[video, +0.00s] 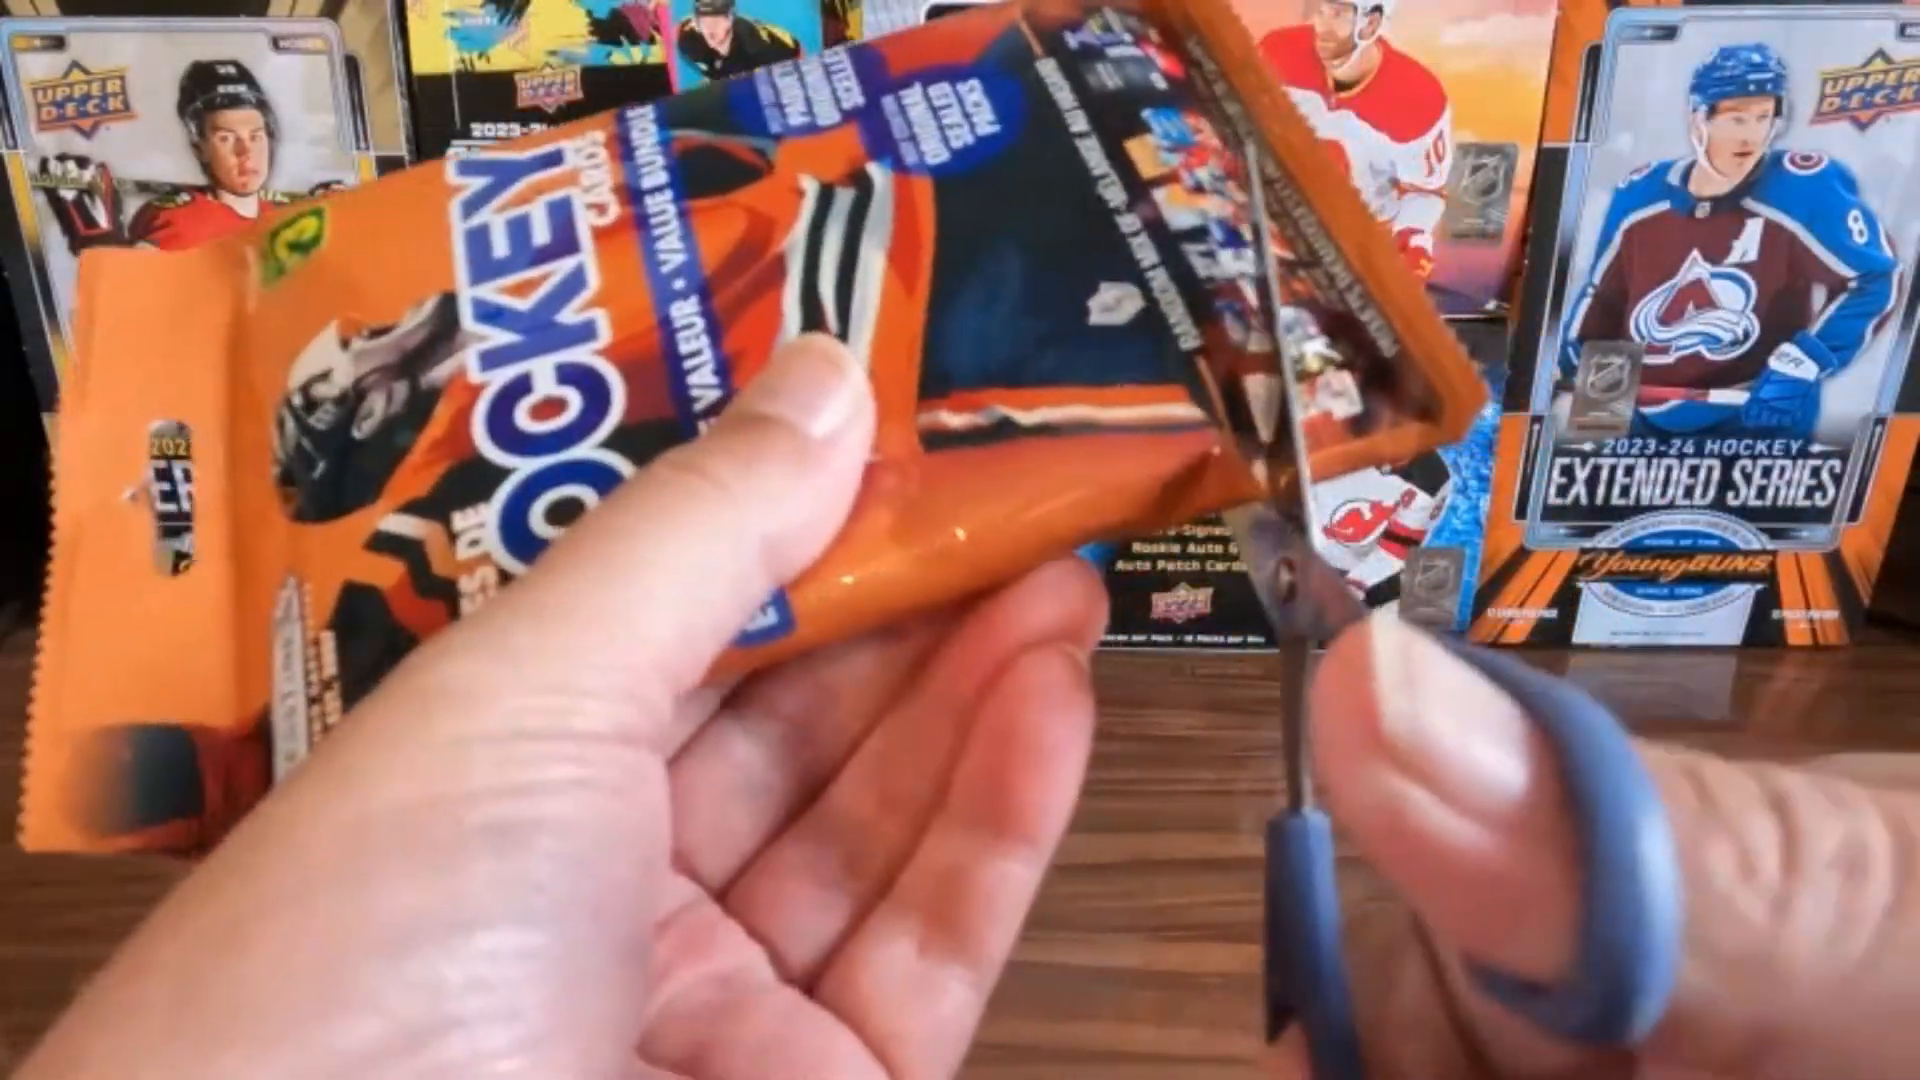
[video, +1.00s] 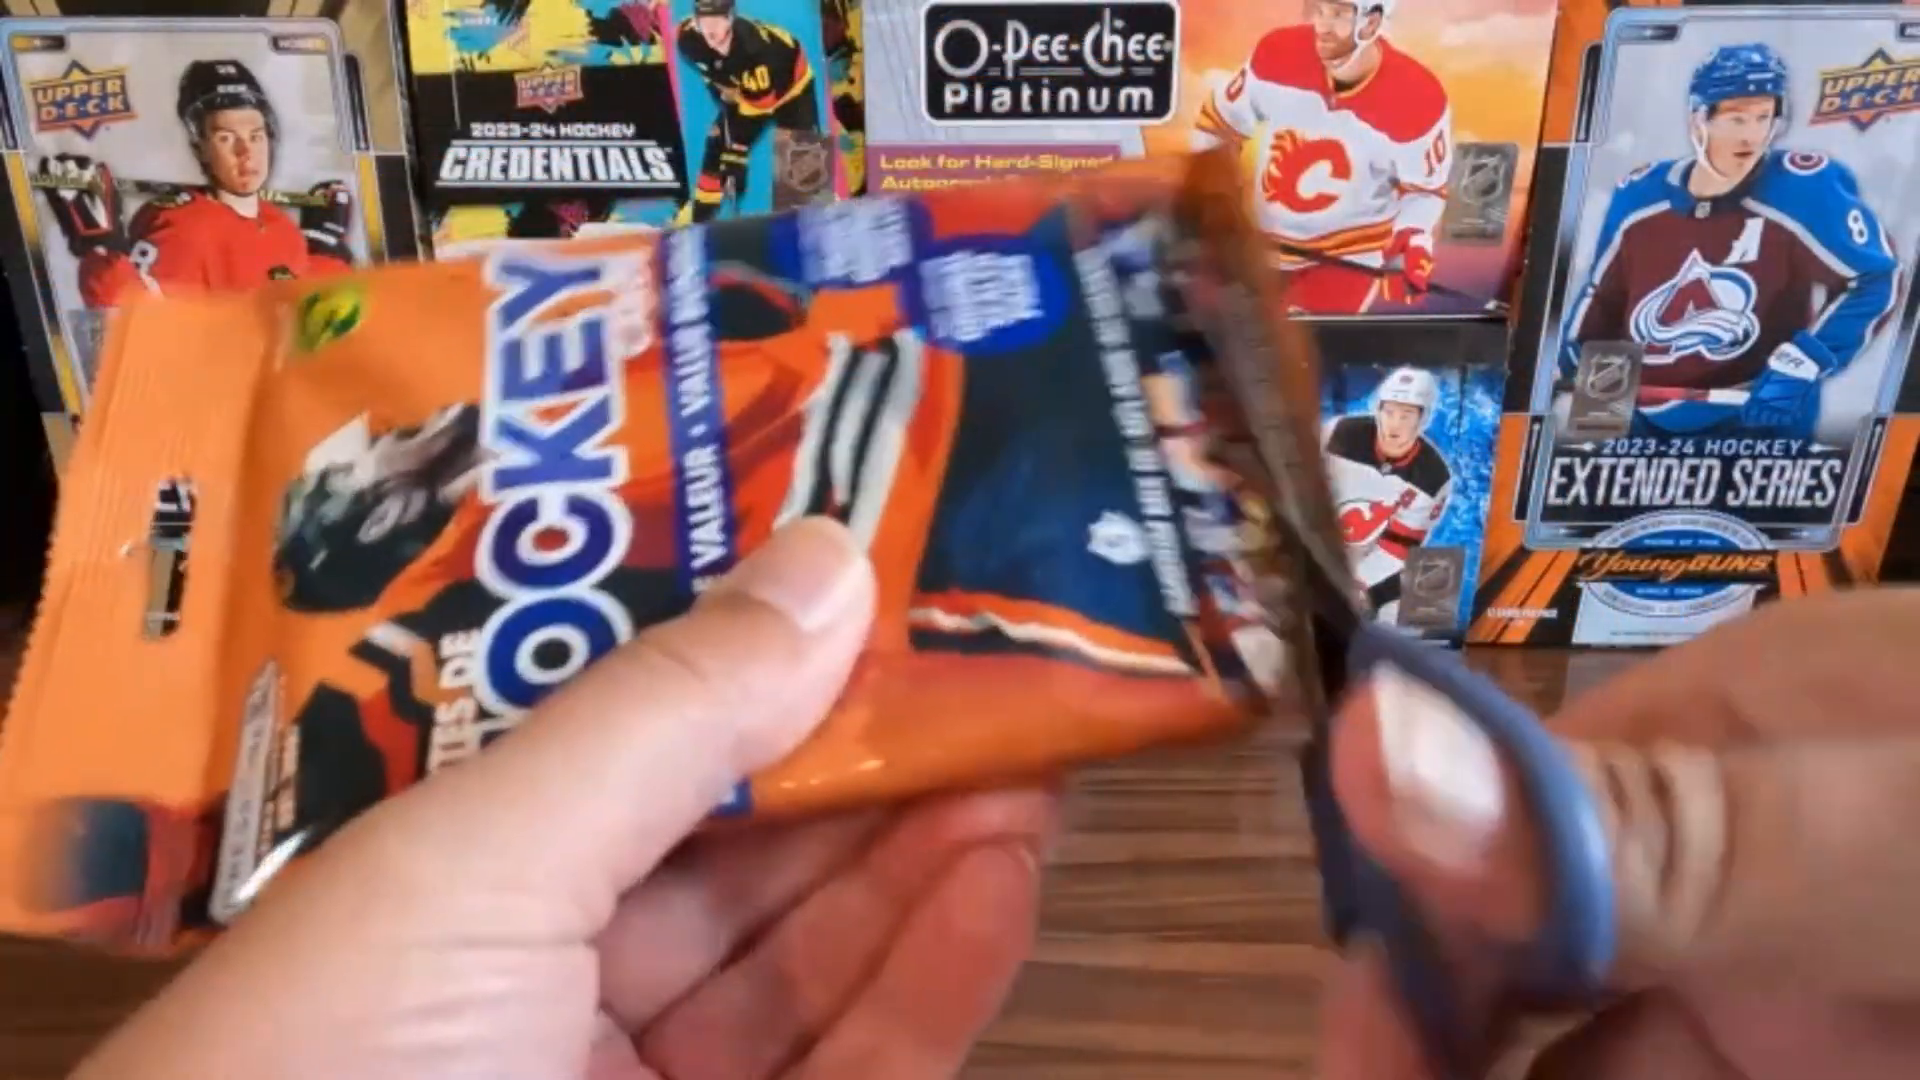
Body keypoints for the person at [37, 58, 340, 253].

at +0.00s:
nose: (246, 154)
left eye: (255, 135)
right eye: (227, 139)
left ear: (269, 138)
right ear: (200, 148)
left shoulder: (296, 215)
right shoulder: (177, 224)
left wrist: (333, 216)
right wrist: (100, 244)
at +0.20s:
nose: (245, 151)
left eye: (255, 135)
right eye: (226, 138)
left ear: (271, 140)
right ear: (200, 148)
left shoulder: (284, 227)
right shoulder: (178, 226)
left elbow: (323, 317)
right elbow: (153, 336)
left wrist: (329, 250)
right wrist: (103, 256)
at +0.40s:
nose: (247, 153)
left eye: (256, 136)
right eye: (228, 139)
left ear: (270, 140)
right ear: (201, 149)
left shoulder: (283, 227)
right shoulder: (177, 226)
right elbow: (137, 326)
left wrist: (329, 237)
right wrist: (101, 251)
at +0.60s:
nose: (246, 154)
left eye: (256, 136)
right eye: (227, 139)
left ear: (270, 140)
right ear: (200, 150)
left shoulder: (286, 230)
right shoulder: (180, 228)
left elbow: (313, 328)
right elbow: (156, 335)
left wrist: (329, 253)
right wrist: (101, 251)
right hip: (206, 394)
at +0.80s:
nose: (247, 153)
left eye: (256, 136)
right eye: (227, 139)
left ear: (270, 141)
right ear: (201, 150)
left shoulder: (285, 227)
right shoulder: (180, 229)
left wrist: (326, 244)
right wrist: (101, 255)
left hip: (286, 381)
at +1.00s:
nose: (247, 153)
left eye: (256, 136)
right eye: (228, 139)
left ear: (270, 141)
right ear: (201, 150)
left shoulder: (284, 229)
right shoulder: (179, 228)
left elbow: (312, 318)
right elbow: (153, 334)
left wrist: (331, 252)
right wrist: (102, 254)